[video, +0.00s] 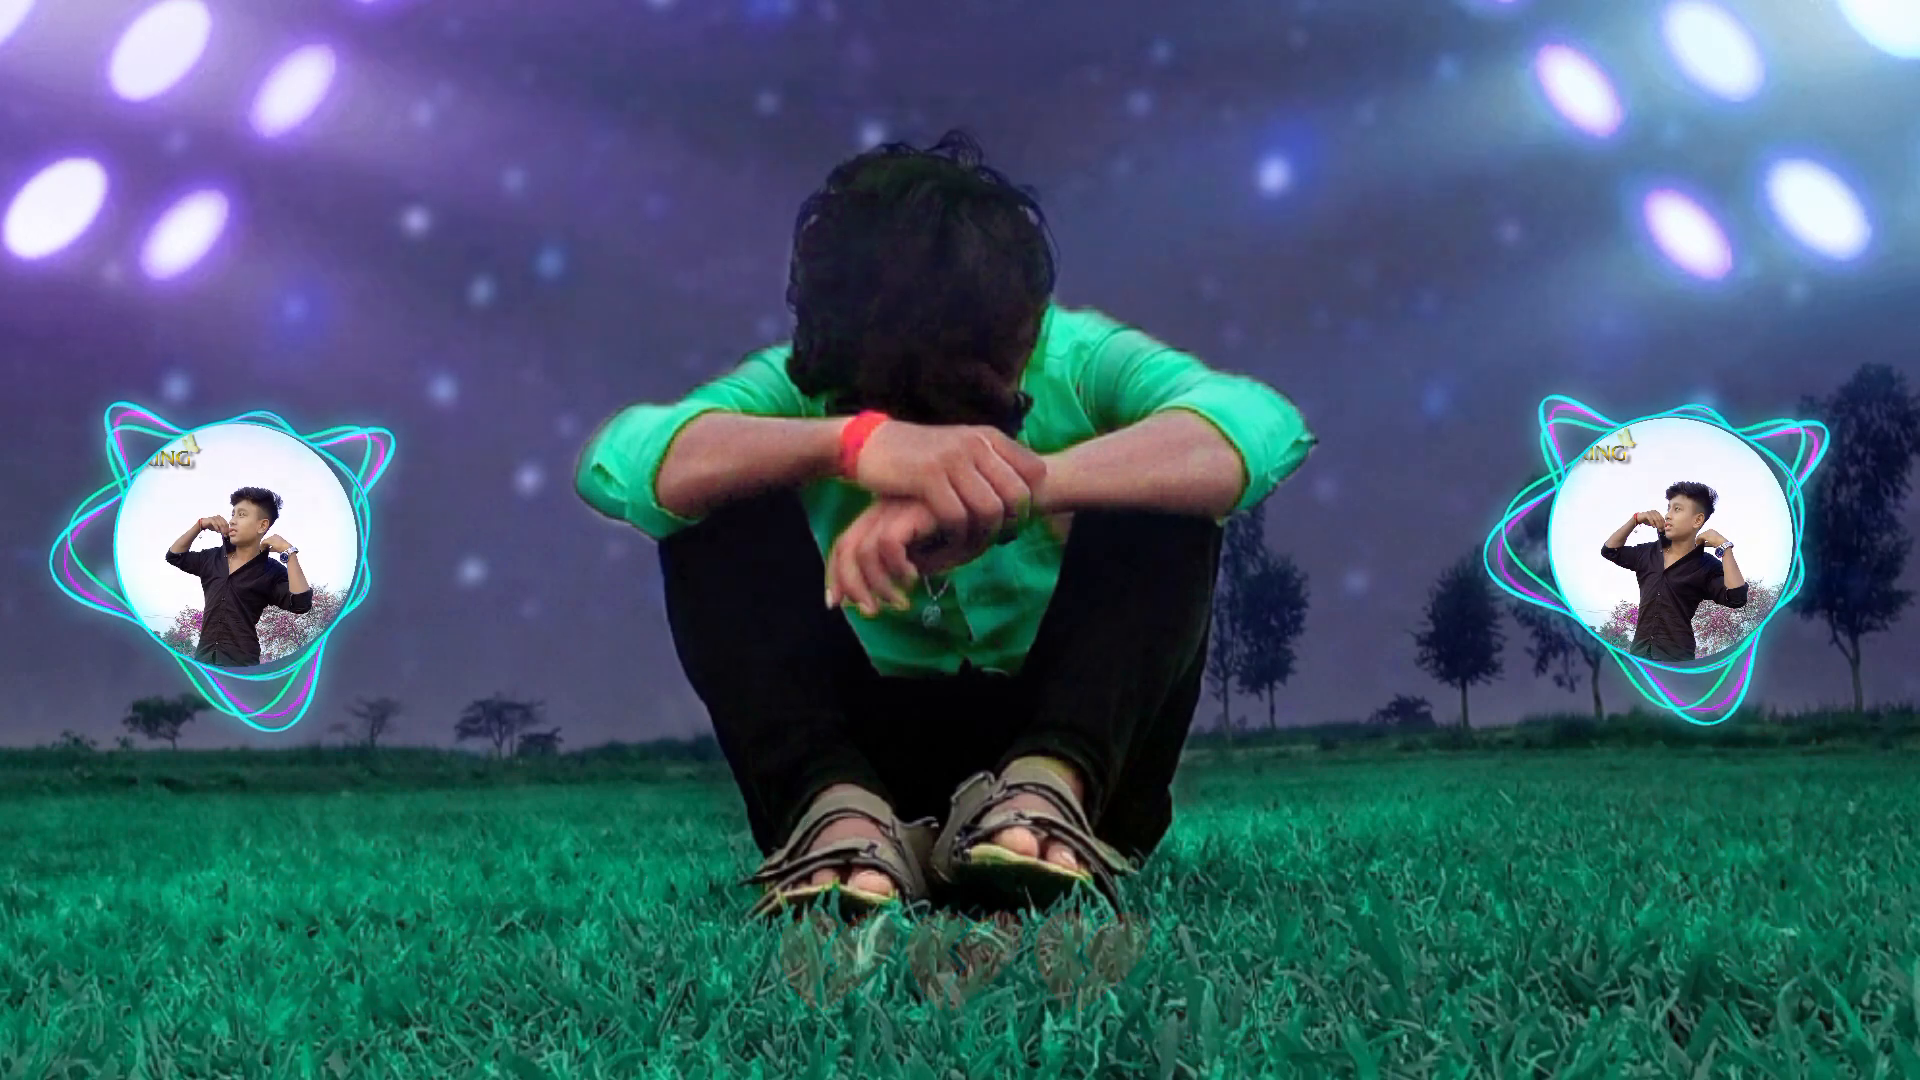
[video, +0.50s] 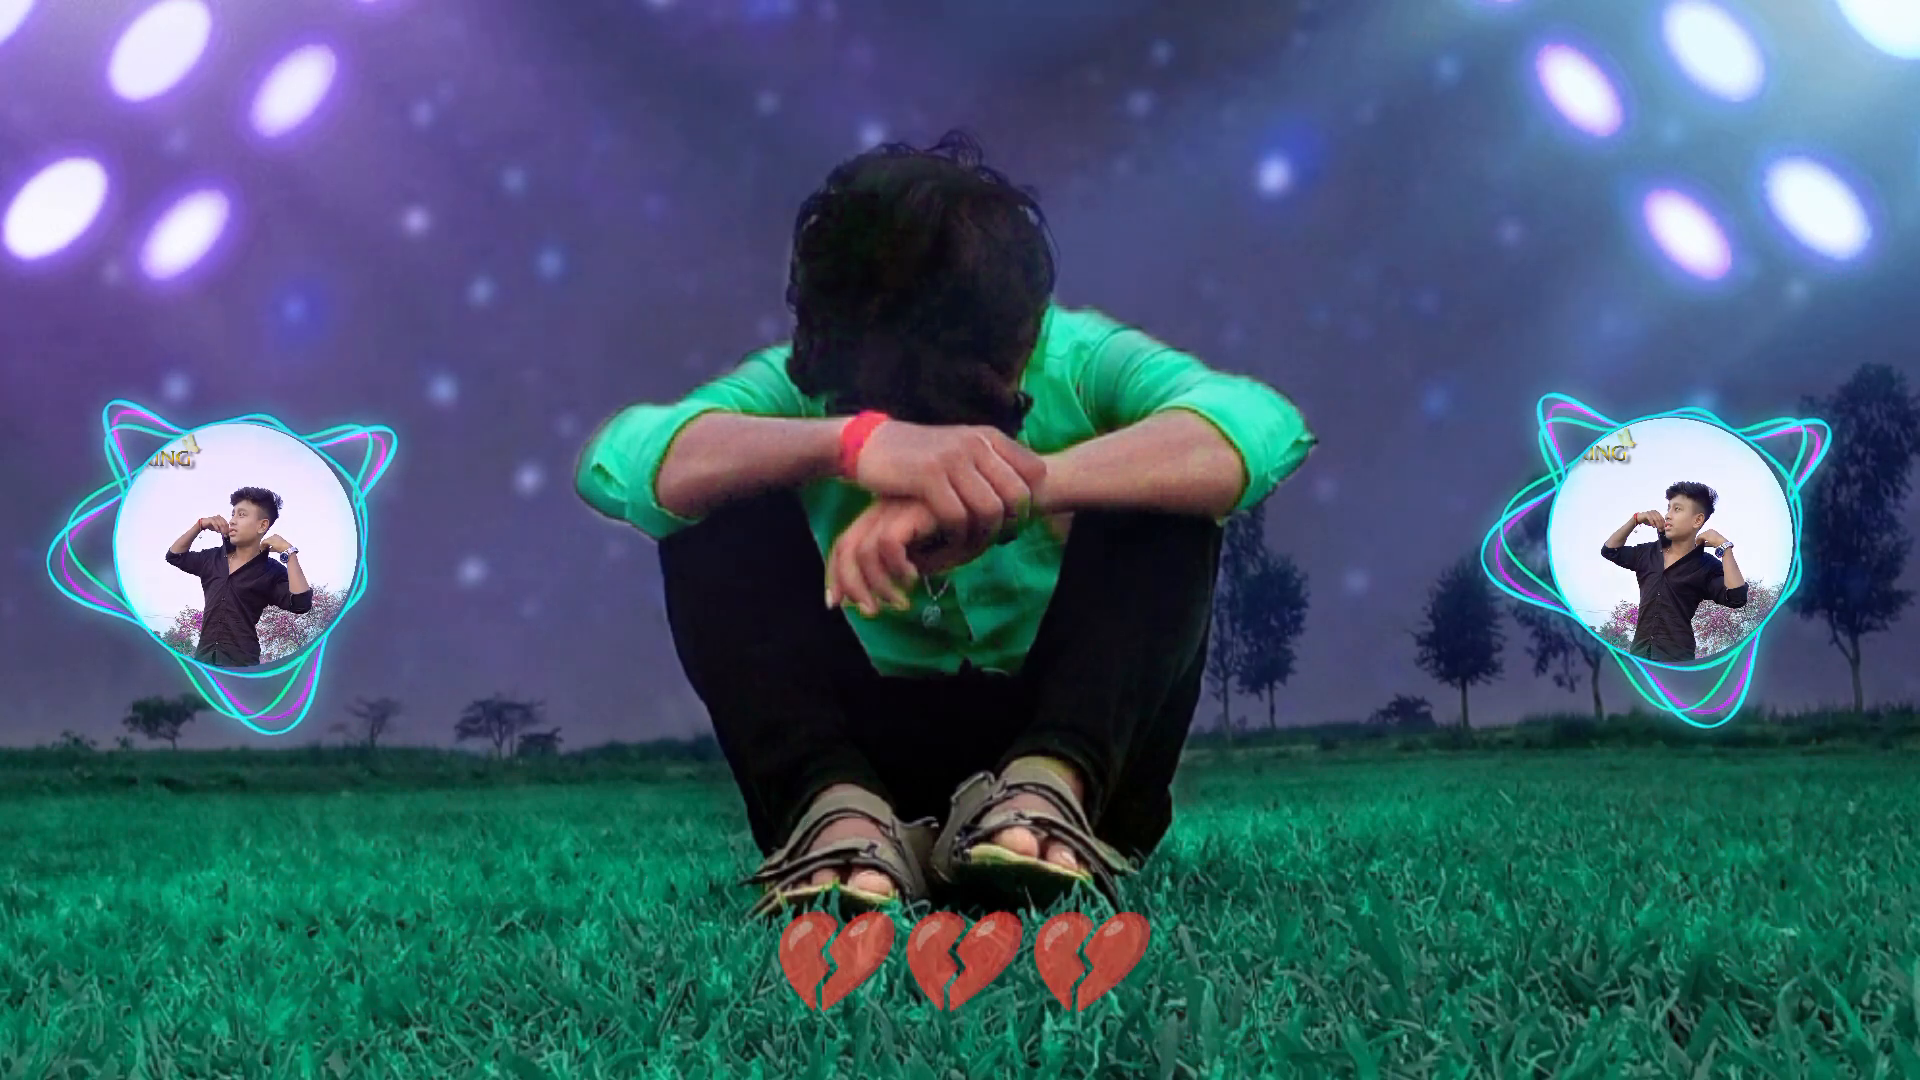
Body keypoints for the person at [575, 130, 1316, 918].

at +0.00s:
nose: (931, 454)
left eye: (968, 411)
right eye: (893, 418)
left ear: (1023, 348)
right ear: (821, 369)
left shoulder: (1076, 355)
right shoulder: (795, 382)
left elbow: (1266, 429)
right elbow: (611, 468)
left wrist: (1000, 492)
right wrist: (852, 446)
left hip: (1059, 749)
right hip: (863, 755)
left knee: (1166, 488)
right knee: (714, 500)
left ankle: (1043, 789)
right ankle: (835, 817)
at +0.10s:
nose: (917, 454)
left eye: (954, 418)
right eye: (877, 414)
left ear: (1021, 358)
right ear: (814, 367)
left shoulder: (1078, 356)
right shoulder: (793, 382)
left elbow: (1266, 429)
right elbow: (611, 467)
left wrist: (997, 491)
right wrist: (853, 446)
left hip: (1058, 748)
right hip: (863, 754)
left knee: (1167, 487)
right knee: (712, 501)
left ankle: (1043, 789)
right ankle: (836, 817)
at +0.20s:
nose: (926, 448)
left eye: (962, 411)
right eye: (891, 415)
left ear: (1020, 351)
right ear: (822, 363)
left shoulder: (1076, 355)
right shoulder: (793, 383)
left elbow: (1266, 429)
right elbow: (611, 467)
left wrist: (1000, 491)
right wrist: (852, 446)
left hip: (1059, 748)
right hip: (862, 754)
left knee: (1166, 485)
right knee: (711, 500)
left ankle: (1043, 790)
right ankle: (837, 819)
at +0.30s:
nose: (940, 451)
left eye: (975, 407)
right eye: (904, 421)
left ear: (1019, 344)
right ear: (828, 370)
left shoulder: (1074, 354)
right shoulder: (796, 382)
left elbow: (1265, 429)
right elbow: (611, 468)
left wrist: (998, 491)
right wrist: (851, 447)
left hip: (1059, 746)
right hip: (863, 751)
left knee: (1166, 488)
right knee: (712, 502)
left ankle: (1043, 790)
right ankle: (837, 818)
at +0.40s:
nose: (923, 460)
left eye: (955, 421)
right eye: (881, 422)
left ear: (1019, 357)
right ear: (817, 370)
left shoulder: (1078, 355)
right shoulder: (794, 382)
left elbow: (1265, 429)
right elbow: (611, 468)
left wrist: (1002, 490)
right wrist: (852, 447)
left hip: (1057, 744)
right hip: (864, 749)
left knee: (1165, 487)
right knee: (713, 503)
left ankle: (1044, 790)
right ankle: (836, 818)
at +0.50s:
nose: (920, 456)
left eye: (956, 418)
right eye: (880, 417)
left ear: (1020, 358)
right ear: (817, 366)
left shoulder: (1078, 356)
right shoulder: (794, 382)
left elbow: (1265, 429)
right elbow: (611, 467)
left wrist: (1001, 491)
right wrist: (852, 446)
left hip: (1058, 745)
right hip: (863, 749)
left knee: (1165, 486)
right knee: (713, 501)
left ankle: (1044, 790)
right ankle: (835, 817)